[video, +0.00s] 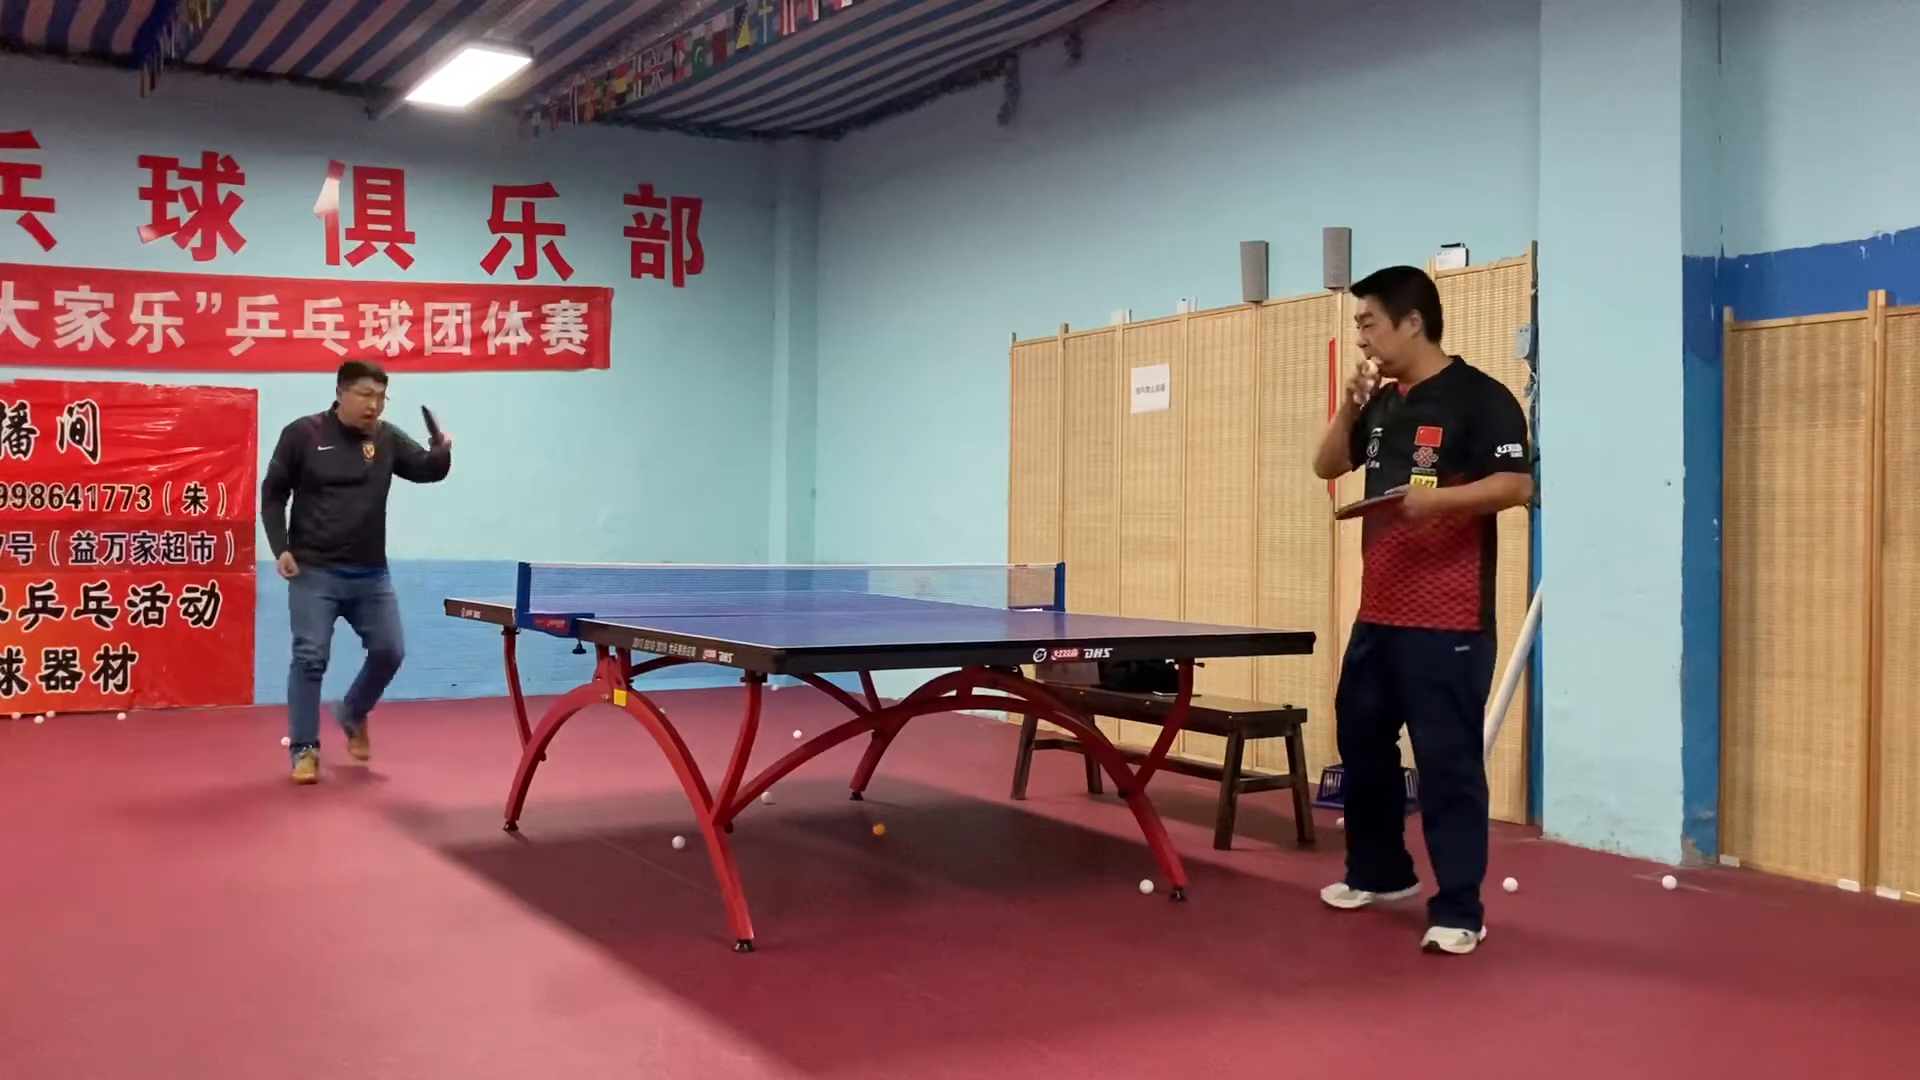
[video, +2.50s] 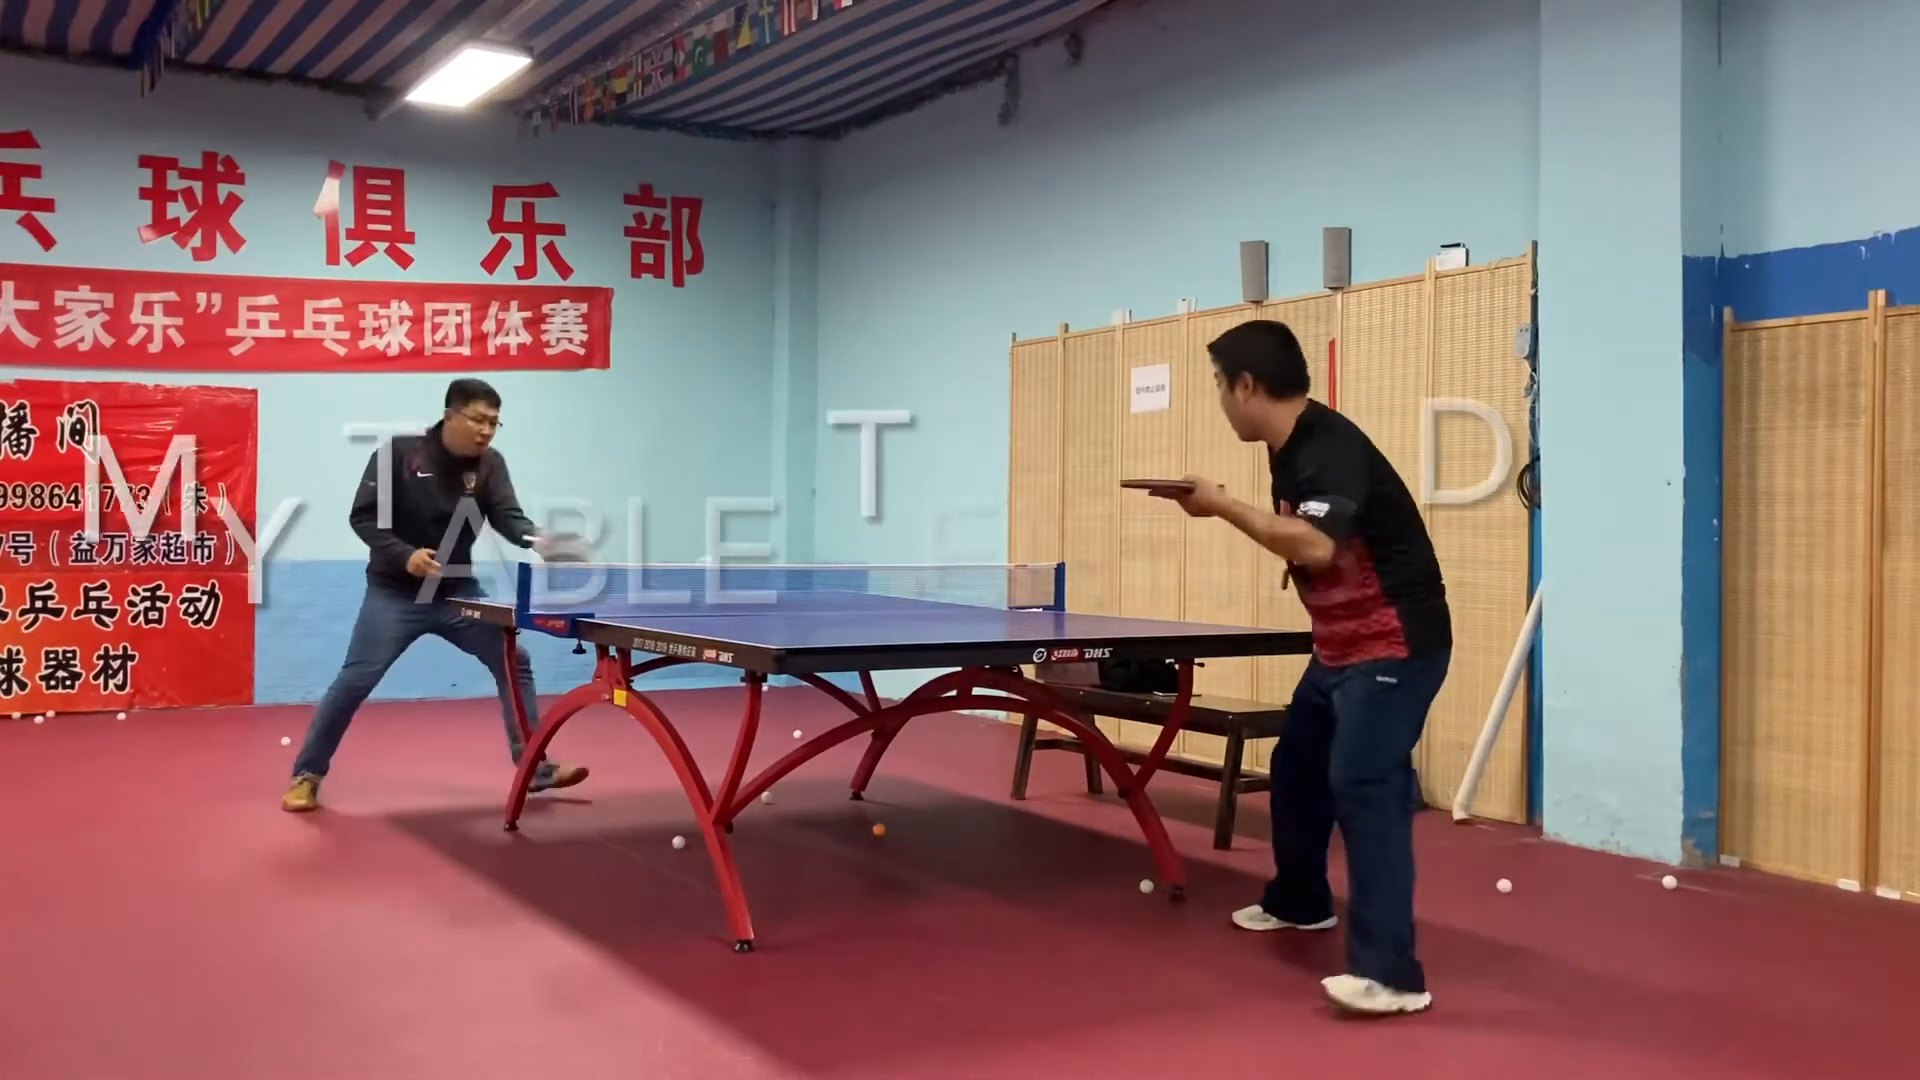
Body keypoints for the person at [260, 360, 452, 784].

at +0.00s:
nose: (374, 405)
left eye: (380, 397)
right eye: (365, 396)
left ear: (384, 401)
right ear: (341, 394)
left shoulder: (386, 438)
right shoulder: (302, 435)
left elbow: (429, 470)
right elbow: (272, 496)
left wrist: (441, 452)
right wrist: (280, 549)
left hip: (369, 575)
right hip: (313, 573)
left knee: (389, 651)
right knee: (310, 657)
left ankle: (352, 713)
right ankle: (304, 747)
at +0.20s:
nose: (393, 390)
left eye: (398, 383)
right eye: (384, 380)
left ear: (402, 388)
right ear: (359, 382)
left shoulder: (403, 436)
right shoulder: (321, 429)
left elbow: (427, 482)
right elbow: (289, 491)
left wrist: (430, 496)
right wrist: (305, 544)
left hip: (386, 573)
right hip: (331, 571)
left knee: (406, 654)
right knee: (319, 660)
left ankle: (404, 755)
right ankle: (306, 749)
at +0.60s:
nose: (457, 400)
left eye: (463, 392)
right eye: (448, 390)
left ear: (465, 397)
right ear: (422, 391)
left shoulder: (461, 442)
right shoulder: (379, 432)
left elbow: (471, 491)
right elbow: (331, 483)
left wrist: (473, 526)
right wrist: (349, 537)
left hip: (428, 575)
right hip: (376, 571)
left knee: (433, 666)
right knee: (374, 656)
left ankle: (417, 761)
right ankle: (361, 761)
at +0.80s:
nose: (465, 428)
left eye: (470, 419)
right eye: (455, 419)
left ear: (472, 422)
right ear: (426, 419)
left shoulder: (465, 457)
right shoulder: (388, 462)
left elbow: (473, 502)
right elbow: (347, 521)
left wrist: (484, 535)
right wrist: (396, 557)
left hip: (431, 578)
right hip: (380, 579)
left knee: (472, 651)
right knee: (395, 664)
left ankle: (433, 748)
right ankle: (393, 772)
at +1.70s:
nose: (523, 445)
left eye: (529, 437)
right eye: (514, 435)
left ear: (532, 442)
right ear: (487, 434)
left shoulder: (511, 483)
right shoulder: (447, 465)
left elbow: (505, 536)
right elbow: (406, 533)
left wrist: (507, 575)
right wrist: (461, 570)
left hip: (447, 584)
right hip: (397, 578)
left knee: (474, 658)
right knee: (396, 660)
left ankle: (470, 755)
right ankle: (386, 762)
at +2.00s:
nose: (516, 433)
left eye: (522, 426)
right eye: (508, 423)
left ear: (524, 431)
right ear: (481, 422)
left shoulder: (500, 479)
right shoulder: (442, 458)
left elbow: (494, 529)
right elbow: (404, 521)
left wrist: (506, 564)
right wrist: (451, 559)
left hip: (439, 583)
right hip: (394, 574)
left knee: (467, 663)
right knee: (376, 656)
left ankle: (469, 755)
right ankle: (328, 758)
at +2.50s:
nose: (487, 430)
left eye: (493, 423)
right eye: (478, 420)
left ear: (496, 425)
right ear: (450, 417)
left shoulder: (489, 464)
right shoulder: (398, 453)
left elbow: (507, 515)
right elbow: (363, 517)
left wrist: (536, 538)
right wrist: (404, 554)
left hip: (457, 594)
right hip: (394, 595)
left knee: (513, 659)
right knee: (358, 676)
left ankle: (534, 766)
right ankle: (307, 775)